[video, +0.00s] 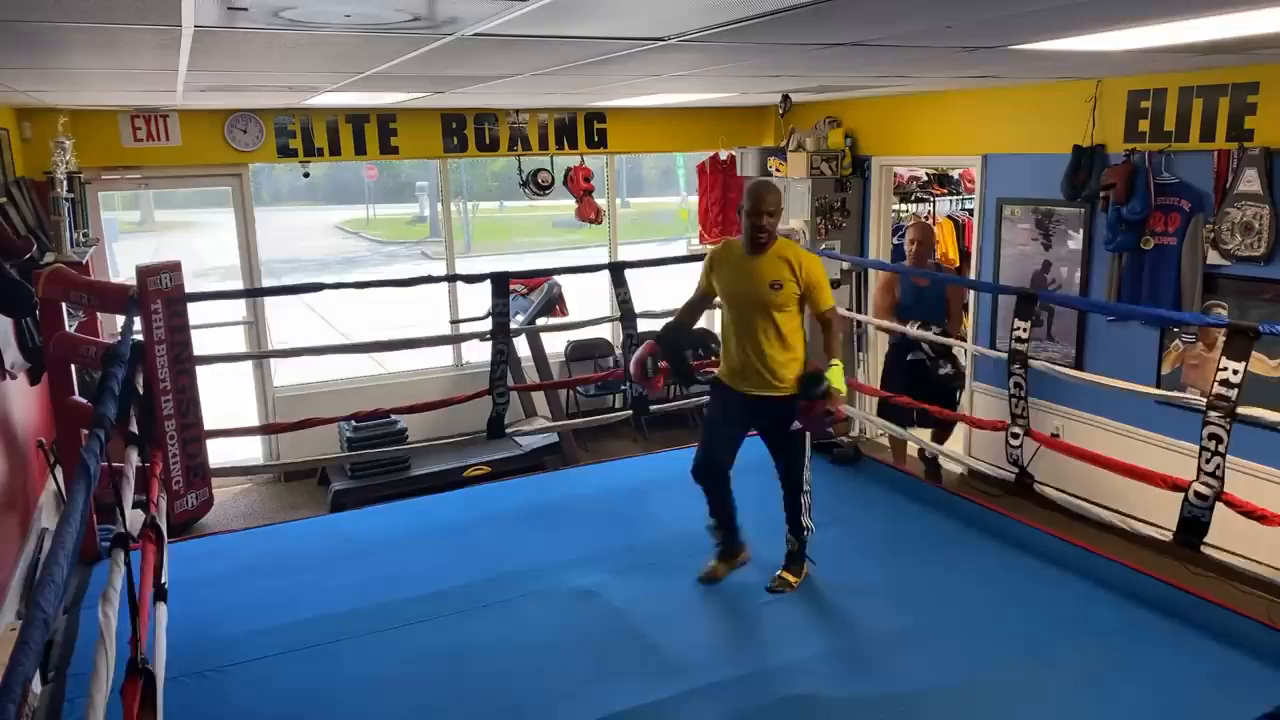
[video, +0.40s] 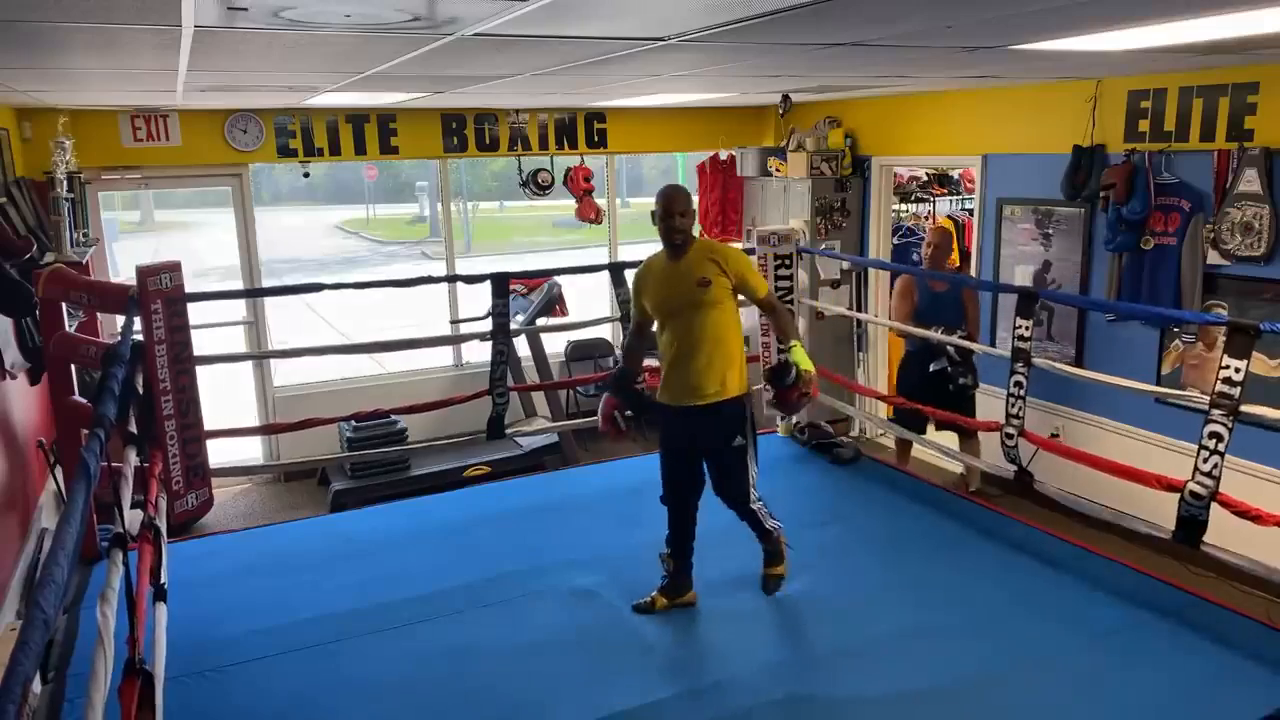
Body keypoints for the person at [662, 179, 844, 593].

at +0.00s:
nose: (761, 224)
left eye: (770, 215)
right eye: (753, 214)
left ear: (782, 217)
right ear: (740, 213)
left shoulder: (801, 262)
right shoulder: (721, 257)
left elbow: (830, 320)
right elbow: (699, 301)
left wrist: (829, 370)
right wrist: (665, 338)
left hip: (783, 394)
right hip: (731, 388)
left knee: (795, 483)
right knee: (708, 469)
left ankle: (795, 560)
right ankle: (730, 548)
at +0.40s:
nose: (677, 224)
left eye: (685, 215)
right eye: (668, 217)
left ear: (696, 216)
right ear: (655, 220)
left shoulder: (724, 257)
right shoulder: (646, 275)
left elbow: (773, 306)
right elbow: (639, 329)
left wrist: (795, 353)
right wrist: (620, 384)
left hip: (726, 399)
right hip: (675, 404)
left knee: (736, 494)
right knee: (679, 501)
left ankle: (772, 542)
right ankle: (679, 583)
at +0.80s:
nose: (637, 222)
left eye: (646, 213)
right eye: (629, 214)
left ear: (663, 216)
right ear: (621, 219)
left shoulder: (692, 261)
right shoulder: (615, 278)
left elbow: (747, 312)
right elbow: (616, 345)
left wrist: (756, 364)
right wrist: (595, 403)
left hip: (698, 404)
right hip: (650, 409)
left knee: (711, 510)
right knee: (666, 505)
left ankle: (719, 611)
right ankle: (676, 584)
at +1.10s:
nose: (653, 221)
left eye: (665, 215)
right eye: (649, 213)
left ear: (684, 225)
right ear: (640, 219)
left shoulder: (702, 278)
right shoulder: (625, 277)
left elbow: (734, 353)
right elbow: (615, 336)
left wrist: (685, 391)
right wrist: (573, 391)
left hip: (685, 424)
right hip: (637, 424)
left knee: (675, 531)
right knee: (647, 513)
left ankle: (680, 638)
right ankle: (670, 586)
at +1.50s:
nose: (673, 228)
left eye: (686, 222)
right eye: (668, 218)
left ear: (706, 233)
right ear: (658, 221)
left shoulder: (712, 292)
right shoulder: (629, 274)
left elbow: (692, 377)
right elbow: (571, 307)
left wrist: (627, 349)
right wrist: (532, 346)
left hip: (682, 445)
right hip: (625, 437)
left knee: (682, 551)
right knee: (597, 539)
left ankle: (680, 646)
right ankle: (624, 629)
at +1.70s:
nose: (660, 241)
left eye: (672, 233)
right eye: (653, 230)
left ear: (687, 240)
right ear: (638, 231)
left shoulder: (703, 301)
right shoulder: (605, 288)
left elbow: (698, 389)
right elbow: (573, 364)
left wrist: (628, 367)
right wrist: (571, 407)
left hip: (680, 460)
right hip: (616, 455)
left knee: (683, 563)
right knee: (605, 573)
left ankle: (679, 643)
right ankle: (595, 689)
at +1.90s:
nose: (633, 243)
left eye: (643, 234)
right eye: (623, 233)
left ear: (656, 239)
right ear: (606, 238)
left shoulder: (688, 301)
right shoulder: (575, 306)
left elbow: (723, 374)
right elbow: (560, 389)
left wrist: (692, 419)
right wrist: (582, 450)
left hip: (672, 471)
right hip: (604, 471)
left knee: (677, 572)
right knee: (598, 588)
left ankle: (678, 642)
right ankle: (595, 690)